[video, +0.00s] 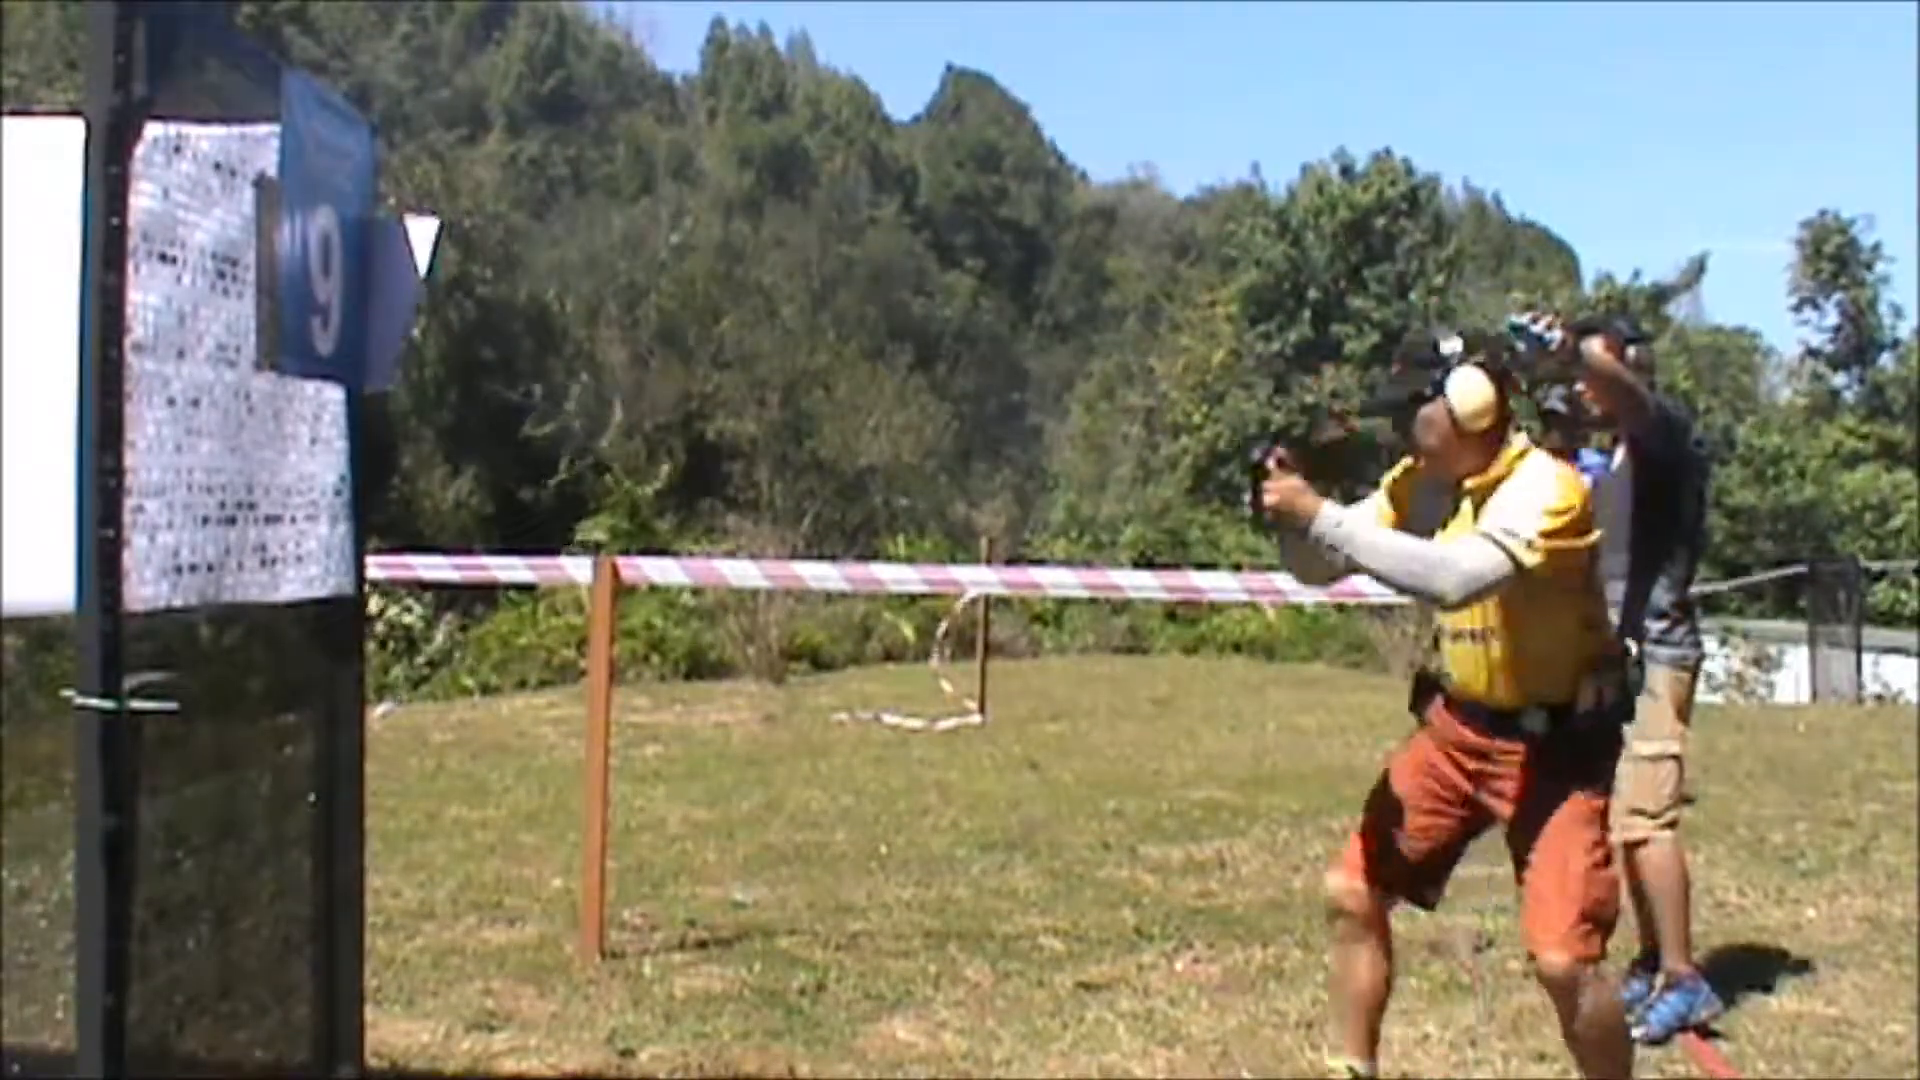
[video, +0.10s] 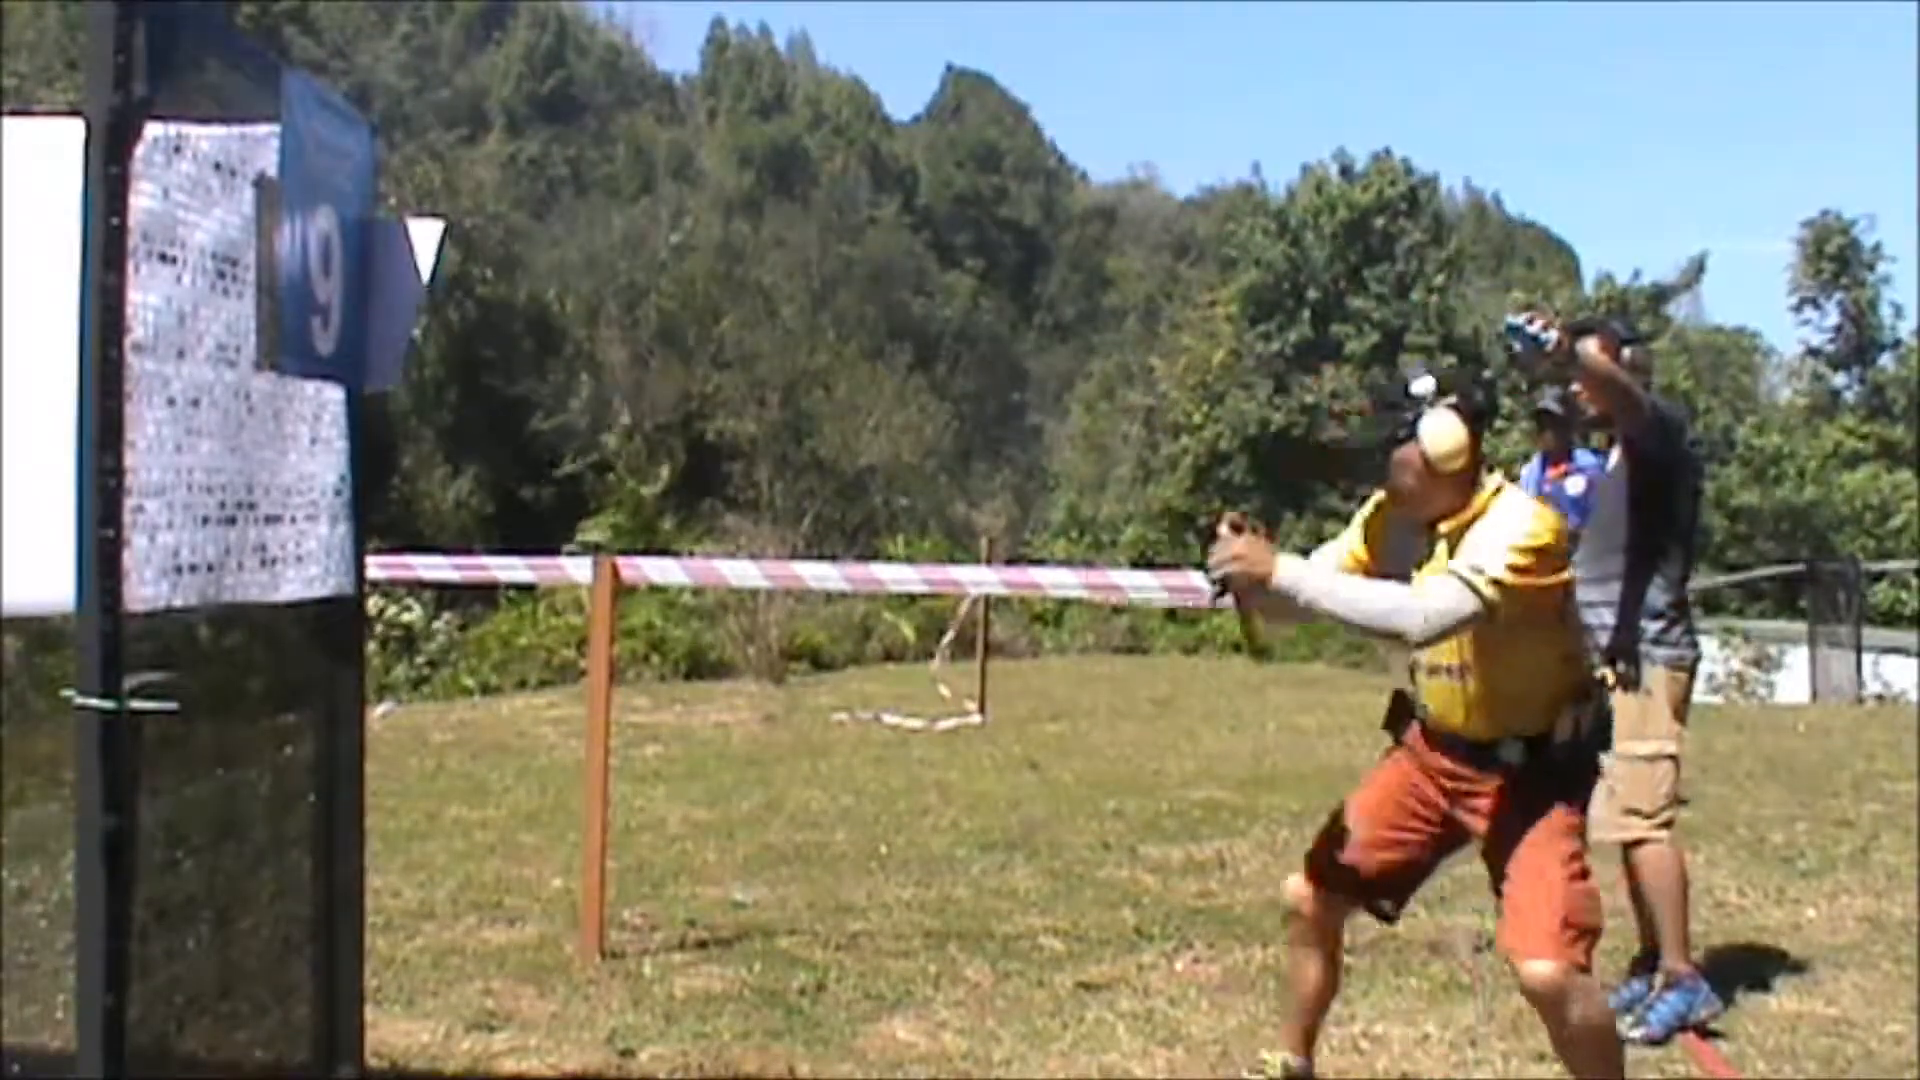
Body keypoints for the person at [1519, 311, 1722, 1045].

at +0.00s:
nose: (1581, 392)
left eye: (1595, 378)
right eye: (1579, 380)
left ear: (1631, 375)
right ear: (1584, 385)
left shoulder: (1670, 445)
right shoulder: (1599, 452)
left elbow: (1625, 387)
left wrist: (1573, 347)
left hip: (1658, 647)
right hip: (1608, 645)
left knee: (1646, 818)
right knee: (1624, 820)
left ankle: (1684, 977)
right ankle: (1652, 964)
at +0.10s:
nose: (1580, 390)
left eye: (1592, 376)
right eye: (1577, 379)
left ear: (1627, 372)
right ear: (1586, 383)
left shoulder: (1660, 440)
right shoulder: (1611, 450)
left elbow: (1618, 384)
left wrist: (1568, 346)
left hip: (1649, 653)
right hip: (1608, 651)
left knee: (1643, 818)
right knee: (1628, 819)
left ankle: (1682, 976)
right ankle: (1652, 962)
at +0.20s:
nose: (1570, 393)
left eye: (1580, 377)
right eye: (1566, 381)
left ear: (1614, 371)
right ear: (1587, 378)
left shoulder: (1651, 438)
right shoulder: (1613, 450)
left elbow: (1614, 395)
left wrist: (1559, 351)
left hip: (1635, 658)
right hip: (1606, 655)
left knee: (1619, 819)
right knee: (1620, 819)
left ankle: (1674, 972)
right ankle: (1653, 964)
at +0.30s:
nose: (1557, 394)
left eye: (1567, 379)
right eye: (1554, 382)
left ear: (1603, 375)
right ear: (1591, 379)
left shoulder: (1640, 440)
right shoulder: (1604, 452)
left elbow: (1608, 402)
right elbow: (1594, 551)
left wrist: (1554, 351)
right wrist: (1526, 538)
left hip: (1623, 657)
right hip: (1614, 654)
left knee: (1584, 814)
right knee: (1630, 822)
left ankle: (1659, 960)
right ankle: (1652, 964)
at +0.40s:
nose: (1538, 397)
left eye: (1549, 383)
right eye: (1536, 384)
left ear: (1582, 379)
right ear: (1554, 386)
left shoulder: (1618, 442)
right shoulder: (1603, 452)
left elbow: (1590, 402)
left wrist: (1532, 358)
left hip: (1605, 656)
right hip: (1624, 656)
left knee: (1550, 810)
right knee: (1628, 816)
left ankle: (1596, 969)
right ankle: (1658, 965)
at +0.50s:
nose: (1521, 404)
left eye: (1531, 389)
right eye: (1519, 392)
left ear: (1558, 384)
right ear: (1528, 396)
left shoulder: (1597, 447)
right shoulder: (1578, 459)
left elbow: (1565, 404)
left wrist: (1514, 364)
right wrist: (1495, 529)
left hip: (1585, 655)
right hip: (1608, 655)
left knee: (1530, 810)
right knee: (1617, 810)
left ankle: (1527, 975)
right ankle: (1657, 965)